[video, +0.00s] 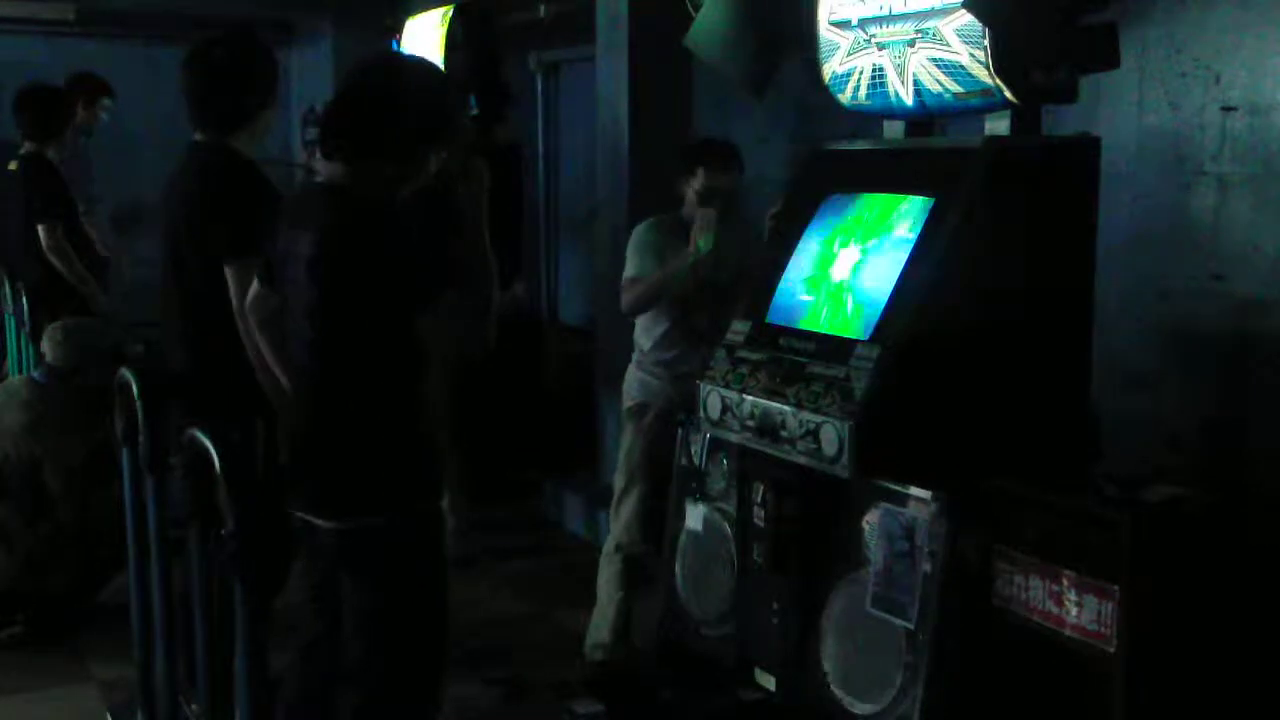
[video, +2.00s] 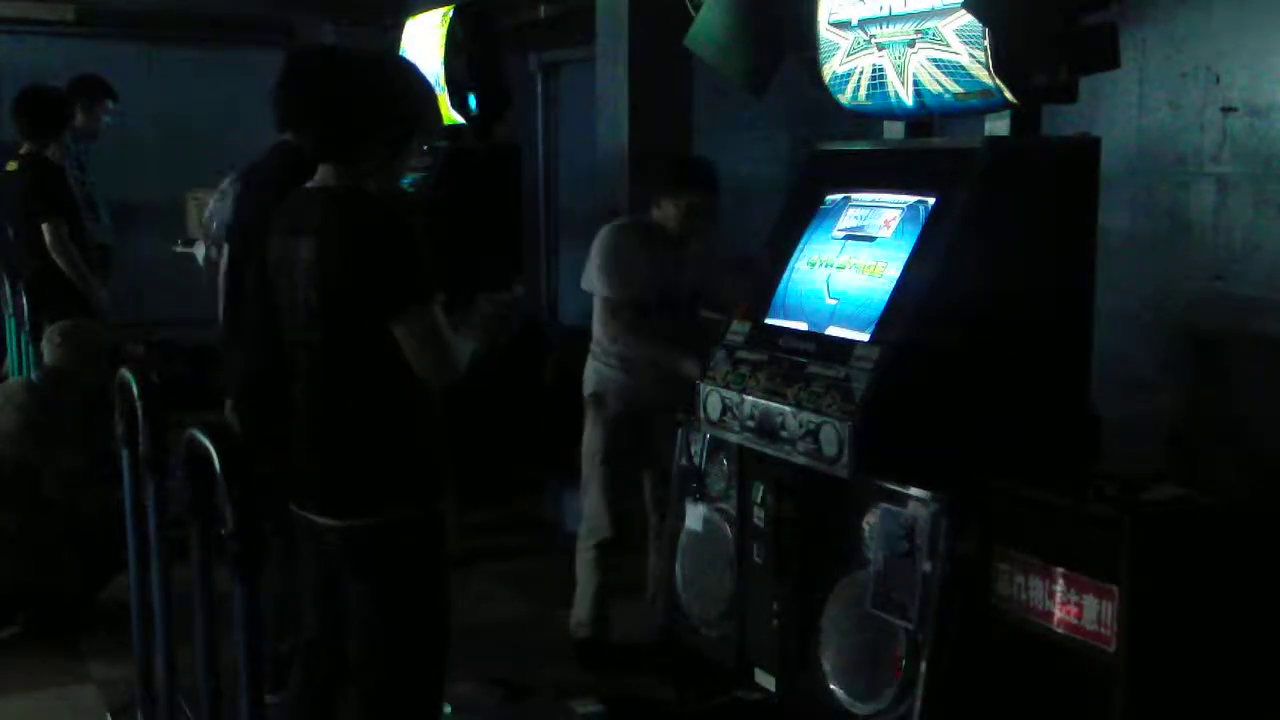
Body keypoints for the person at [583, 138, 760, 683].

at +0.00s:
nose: (715, 201)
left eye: (724, 192)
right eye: (706, 190)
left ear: (735, 193)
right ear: (683, 186)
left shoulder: (738, 243)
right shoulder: (653, 236)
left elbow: (753, 308)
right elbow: (631, 300)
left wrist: (771, 246)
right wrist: (692, 255)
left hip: (711, 395)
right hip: (653, 390)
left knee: (699, 523)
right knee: (633, 524)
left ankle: (684, 646)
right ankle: (605, 650)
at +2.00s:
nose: (696, 220)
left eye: (702, 210)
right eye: (689, 207)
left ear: (705, 210)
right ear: (664, 200)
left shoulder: (692, 252)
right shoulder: (618, 241)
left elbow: (699, 318)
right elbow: (612, 334)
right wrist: (683, 362)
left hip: (668, 393)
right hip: (615, 392)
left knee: (667, 512)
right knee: (605, 516)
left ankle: (666, 622)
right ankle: (589, 628)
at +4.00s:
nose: (724, 228)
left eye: (732, 220)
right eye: (719, 216)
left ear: (736, 222)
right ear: (698, 210)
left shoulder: (722, 259)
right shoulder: (650, 249)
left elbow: (730, 325)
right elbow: (645, 337)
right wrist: (697, 383)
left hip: (681, 395)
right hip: (629, 388)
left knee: (674, 511)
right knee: (612, 511)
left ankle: (664, 625)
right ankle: (590, 624)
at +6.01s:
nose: (579, 215)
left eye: (583, 204)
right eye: (574, 206)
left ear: (608, 195)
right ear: (588, 204)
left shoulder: (653, 237)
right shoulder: (606, 239)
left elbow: (685, 312)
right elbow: (615, 313)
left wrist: (691, 385)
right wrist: (609, 369)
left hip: (654, 380)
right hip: (617, 375)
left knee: (644, 491)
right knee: (613, 489)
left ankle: (653, 600)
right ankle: (632, 588)